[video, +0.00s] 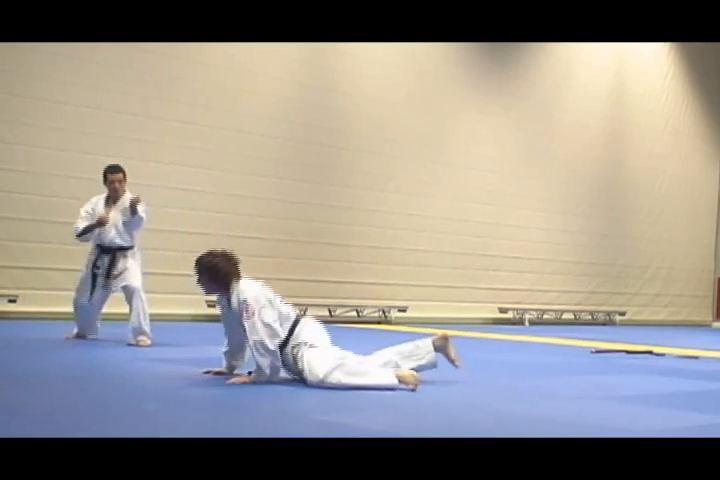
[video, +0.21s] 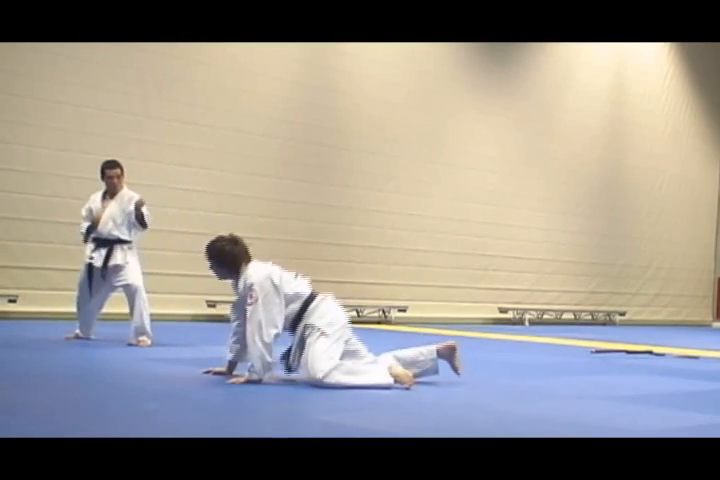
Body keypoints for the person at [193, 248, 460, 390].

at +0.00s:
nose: (198, 283)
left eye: (201, 278)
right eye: (198, 278)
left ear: (215, 278)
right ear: (220, 274)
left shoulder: (247, 295)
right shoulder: (227, 297)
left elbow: (262, 339)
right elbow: (234, 336)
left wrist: (258, 375)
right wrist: (230, 366)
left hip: (304, 336)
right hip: (294, 350)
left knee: (318, 375)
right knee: (363, 366)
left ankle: (393, 377)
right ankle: (433, 347)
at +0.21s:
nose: (212, 271)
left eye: (213, 265)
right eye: (210, 266)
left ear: (226, 263)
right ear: (235, 258)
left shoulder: (257, 278)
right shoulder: (247, 282)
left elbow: (262, 327)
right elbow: (240, 327)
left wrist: (256, 373)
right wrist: (230, 367)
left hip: (321, 314)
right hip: (318, 321)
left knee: (317, 371)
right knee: (372, 366)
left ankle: (386, 372)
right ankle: (440, 353)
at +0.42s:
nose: (231, 276)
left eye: (230, 272)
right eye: (229, 272)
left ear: (239, 270)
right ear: (252, 261)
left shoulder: (275, 278)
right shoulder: (265, 280)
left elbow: (273, 329)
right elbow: (250, 324)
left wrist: (260, 373)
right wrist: (233, 364)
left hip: (345, 302)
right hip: (350, 300)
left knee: (318, 370)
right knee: (374, 365)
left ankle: (387, 369)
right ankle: (440, 360)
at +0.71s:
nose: (261, 280)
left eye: (259, 274)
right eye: (258, 275)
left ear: (268, 271)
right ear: (282, 258)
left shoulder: (297, 278)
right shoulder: (302, 270)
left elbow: (288, 331)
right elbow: (283, 320)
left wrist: (264, 375)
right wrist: (259, 347)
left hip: (366, 308)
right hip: (383, 302)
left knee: (329, 369)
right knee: (375, 368)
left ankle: (380, 370)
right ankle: (438, 366)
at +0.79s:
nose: (264, 272)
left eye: (263, 267)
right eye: (262, 267)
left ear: (270, 265)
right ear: (286, 250)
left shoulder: (297, 276)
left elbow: (286, 328)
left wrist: (264, 374)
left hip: (366, 309)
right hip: (385, 300)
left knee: (328, 369)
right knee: (378, 367)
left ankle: (381, 371)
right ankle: (438, 367)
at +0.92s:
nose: (264, 254)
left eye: (263, 249)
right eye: (263, 248)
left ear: (272, 250)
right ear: (289, 236)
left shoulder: (290, 272)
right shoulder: (320, 244)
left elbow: (279, 324)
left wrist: (257, 366)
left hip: (361, 306)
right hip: (383, 296)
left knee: (326, 370)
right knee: (378, 363)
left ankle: (379, 371)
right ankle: (436, 374)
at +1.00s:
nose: (267, 243)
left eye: (266, 238)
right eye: (266, 237)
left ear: (273, 239)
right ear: (293, 226)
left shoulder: (286, 264)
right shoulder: (325, 236)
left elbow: (272, 316)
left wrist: (251, 360)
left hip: (353, 304)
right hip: (379, 292)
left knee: (326, 370)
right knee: (381, 359)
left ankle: (379, 371)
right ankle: (437, 374)